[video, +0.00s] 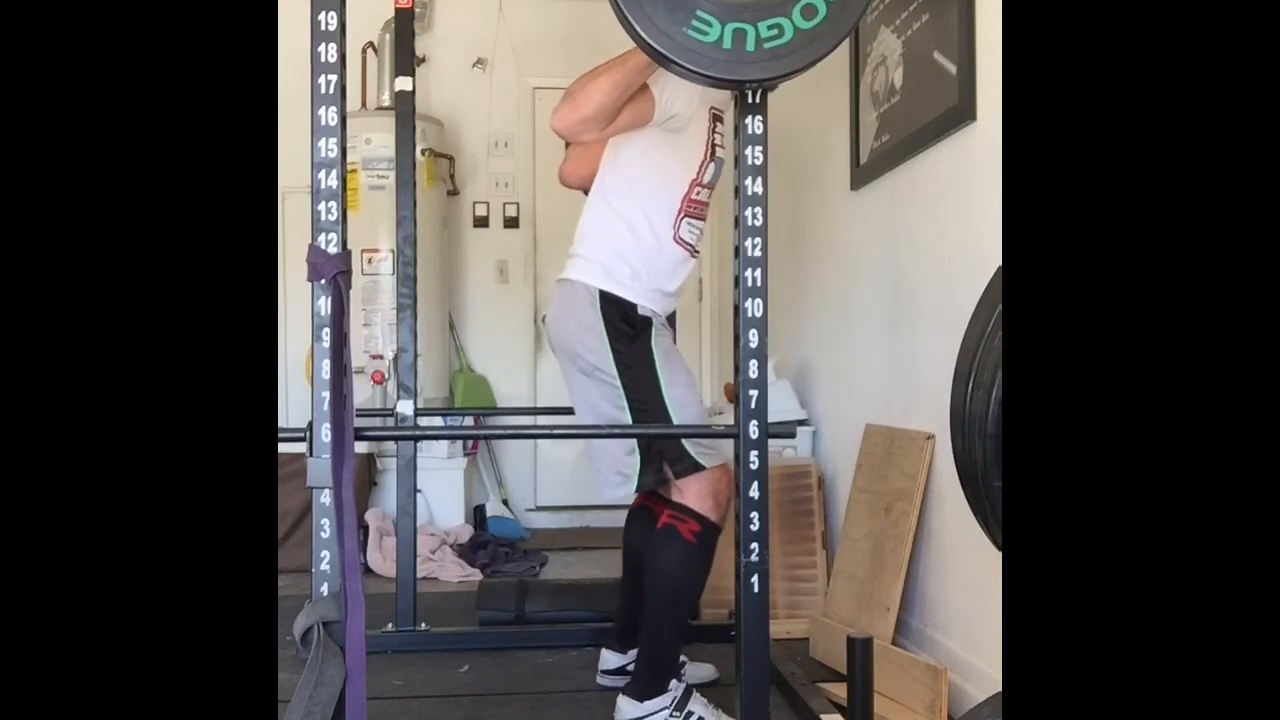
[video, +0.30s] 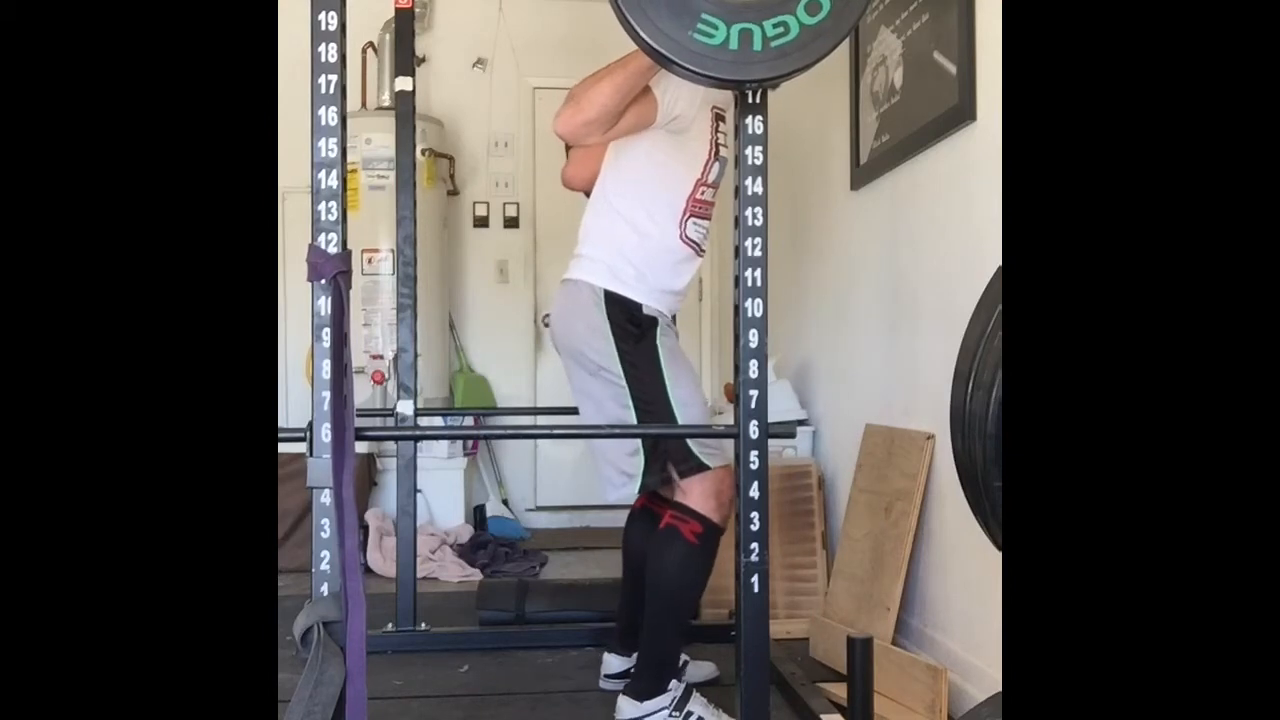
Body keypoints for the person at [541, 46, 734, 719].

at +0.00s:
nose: (759, 49)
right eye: (751, 35)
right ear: (721, 31)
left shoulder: (695, 105)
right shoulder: (680, 79)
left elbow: (575, 168)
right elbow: (567, 120)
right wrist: (652, 46)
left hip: (626, 306)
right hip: (609, 306)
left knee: (667, 481)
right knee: (704, 486)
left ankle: (628, 650)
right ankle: (651, 694)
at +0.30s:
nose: (760, 48)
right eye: (751, 33)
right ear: (722, 27)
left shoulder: (699, 101)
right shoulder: (683, 77)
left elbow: (578, 170)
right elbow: (570, 123)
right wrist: (655, 47)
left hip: (625, 305)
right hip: (613, 305)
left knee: (667, 484)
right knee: (707, 487)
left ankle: (629, 653)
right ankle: (651, 693)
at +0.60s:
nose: (763, 49)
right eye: (754, 35)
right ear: (725, 30)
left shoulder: (703, 103)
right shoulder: (683, 79)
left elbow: (580, 175)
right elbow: (572, 126)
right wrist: (657, 48)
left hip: (626, 306)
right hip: (616, 307)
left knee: (671, 487)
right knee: (707, 489)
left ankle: (630, 654)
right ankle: (651, 693)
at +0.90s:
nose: (761, 45)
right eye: (752, 33)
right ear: (723, 27)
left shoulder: (697, 101)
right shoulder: (683, 81)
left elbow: (579, 177)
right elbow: (572, 131)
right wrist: (656, 53)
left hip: (627, 309)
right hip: (615, 310)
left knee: (671, 486)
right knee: (708, 492)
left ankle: (629, 654)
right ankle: (650, 694)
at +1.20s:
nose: (766, 50)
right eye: (759, 36)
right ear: (729, 30)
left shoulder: (700, 99)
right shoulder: (687, 77)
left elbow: (572, 163)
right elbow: (571, 122)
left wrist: (660, 190)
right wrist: (655, 42)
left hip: (626, 309)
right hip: (621, 312)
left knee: (672, 493)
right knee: (712, 498)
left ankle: (628, 655)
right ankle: (650, 695)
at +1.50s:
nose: (759, 42)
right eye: (750, 29)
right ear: (720, 24)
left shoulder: (695, 99)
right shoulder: (681, 76)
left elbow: (573, 173)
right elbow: (576, 129)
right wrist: (656, 46)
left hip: (626, 311)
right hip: (614, 312)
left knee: (670, 488)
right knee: (709, 492)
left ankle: (628, 655)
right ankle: (650, 694)